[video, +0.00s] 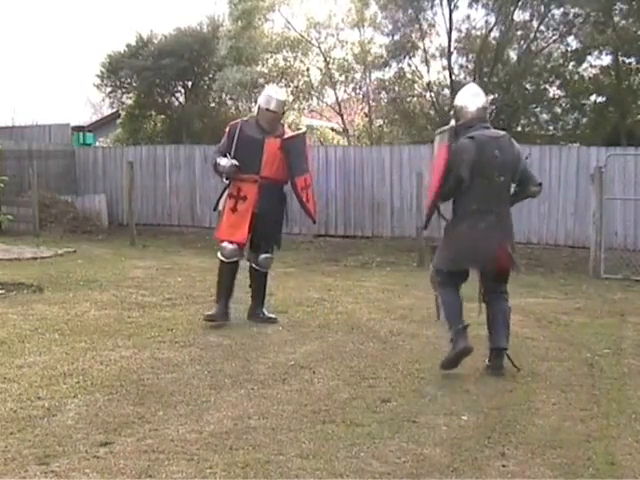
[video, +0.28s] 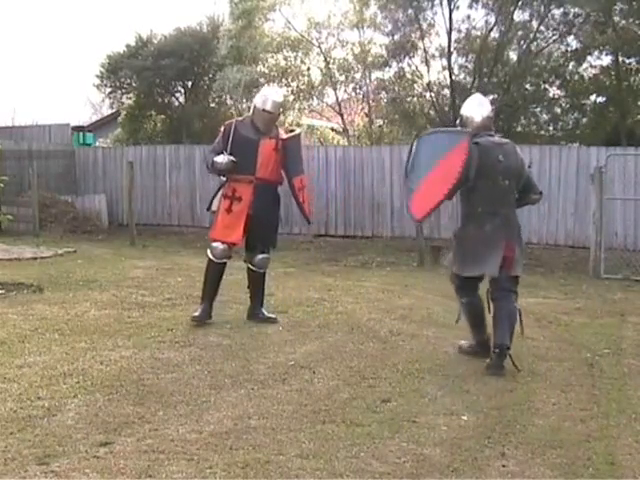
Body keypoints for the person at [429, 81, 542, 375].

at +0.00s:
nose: (455, 118)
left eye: (457, 112)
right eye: (456, 112)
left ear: (463, 113)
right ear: (485, 111)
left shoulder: (464, 145)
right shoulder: (507, 143)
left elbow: (454, 181)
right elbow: (531, 186)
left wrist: (436, 197)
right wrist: (504, 201)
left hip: (465, 232)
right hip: (499, 233)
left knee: (444, 278)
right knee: (497, 290)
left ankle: (459, 338)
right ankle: (497, 356)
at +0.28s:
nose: (463, 125)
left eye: (464, 121)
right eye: (465, 120)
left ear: (469, 121)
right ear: (491, 120)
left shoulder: (468, 149)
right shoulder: (510, 149)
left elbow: (453, 185)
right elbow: (532, 193)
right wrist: (505, 203)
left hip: (478, 230)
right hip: (509, 231)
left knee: (465, 282)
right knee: (505, 289)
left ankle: (481, 341)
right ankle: (501, 353)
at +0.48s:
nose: (459, 126)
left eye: (461, 120)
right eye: (459, 120)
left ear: (468, 120)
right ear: (487, 119)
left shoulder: (471, 151)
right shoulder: (510, 147)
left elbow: (445, 175)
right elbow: (534, 186)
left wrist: (449, 144)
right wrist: (508, 201)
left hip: (478, 230)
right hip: (510, 229)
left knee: (471, 283)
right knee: (507, 283)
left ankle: (482, 342)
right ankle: (512, 329)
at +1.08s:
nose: (482, 124)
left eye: (484, 120)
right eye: (482, 120)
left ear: (492, 120)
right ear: (508, 118)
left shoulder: (494, 147)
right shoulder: (524, 147)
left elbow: (475, 175)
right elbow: (543, 184)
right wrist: (526, 208)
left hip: (494, 223)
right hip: (520, 222)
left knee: (468, 269)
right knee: (517, 272)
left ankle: (482, 326)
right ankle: (533, 328)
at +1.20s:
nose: (483, 124)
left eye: (484, 120)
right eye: (483, 120)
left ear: (489, 120)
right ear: (508, 117)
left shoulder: (499, 147)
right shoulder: (525, 146)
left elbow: (488, 185)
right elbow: (539, 183)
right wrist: (520, 203)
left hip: (497, 222)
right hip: (522, 224)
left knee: (461, 260)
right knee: (519, 273)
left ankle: (475, 323)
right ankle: (534, 328)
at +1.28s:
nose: (480, 124)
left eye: (482, 119)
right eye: (481, 119)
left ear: (491, 119)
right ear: (506, 118)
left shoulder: (500, 147)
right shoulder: (522, 145)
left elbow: (488, 181)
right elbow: (536, 181)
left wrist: (478, 138)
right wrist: (521, 201)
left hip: (496, 221)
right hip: (521, 222)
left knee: (463, 263)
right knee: (521, 272)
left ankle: (460, 325)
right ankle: (534, 329)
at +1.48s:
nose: (468, 128)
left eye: (472, 124)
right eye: (468, 123)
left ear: (485, 124)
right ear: (494, 123)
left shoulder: (489, 150)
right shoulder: (510, 149)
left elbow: (479, 186)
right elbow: (523, 185)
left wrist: (467, 147)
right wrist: (508, 204)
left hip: (490, 223)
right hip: (514, 222)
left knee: (461, 271)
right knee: (521, 272)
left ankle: (437, 326)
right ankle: (535, 329)